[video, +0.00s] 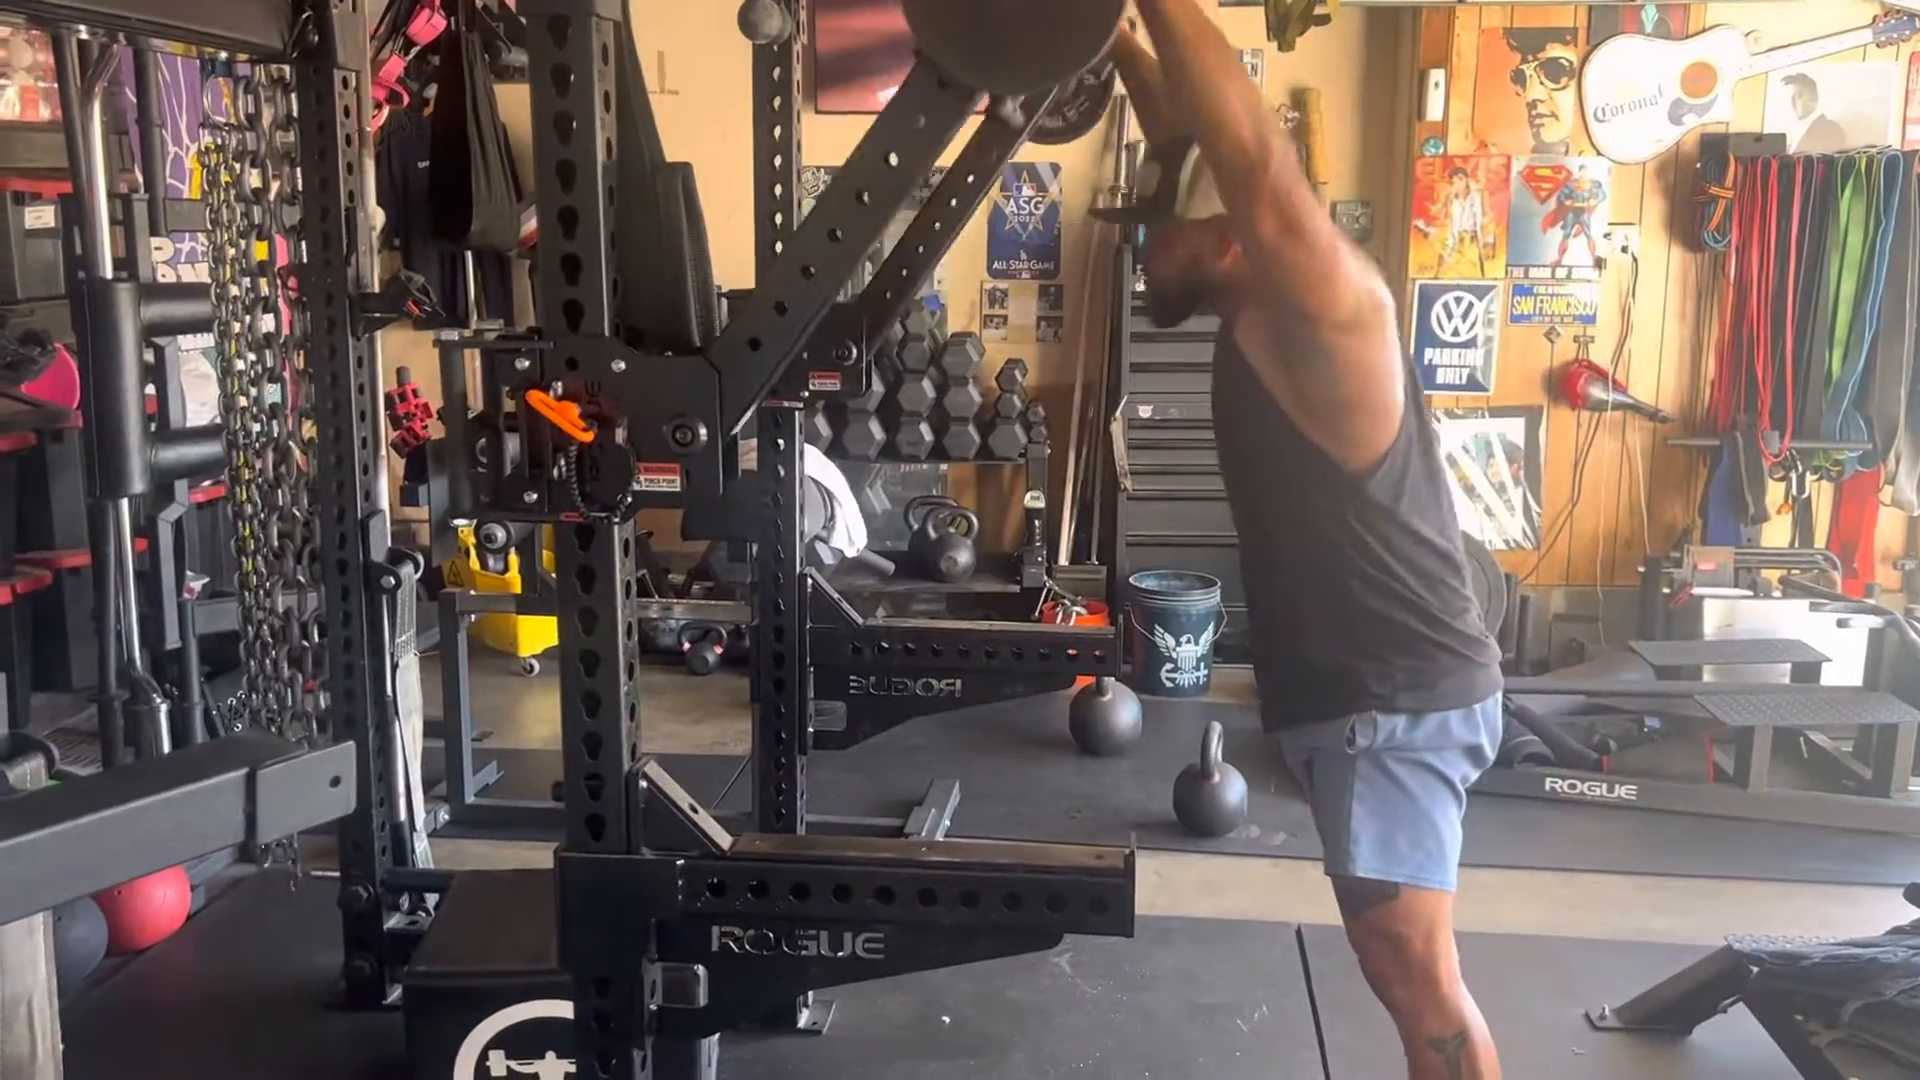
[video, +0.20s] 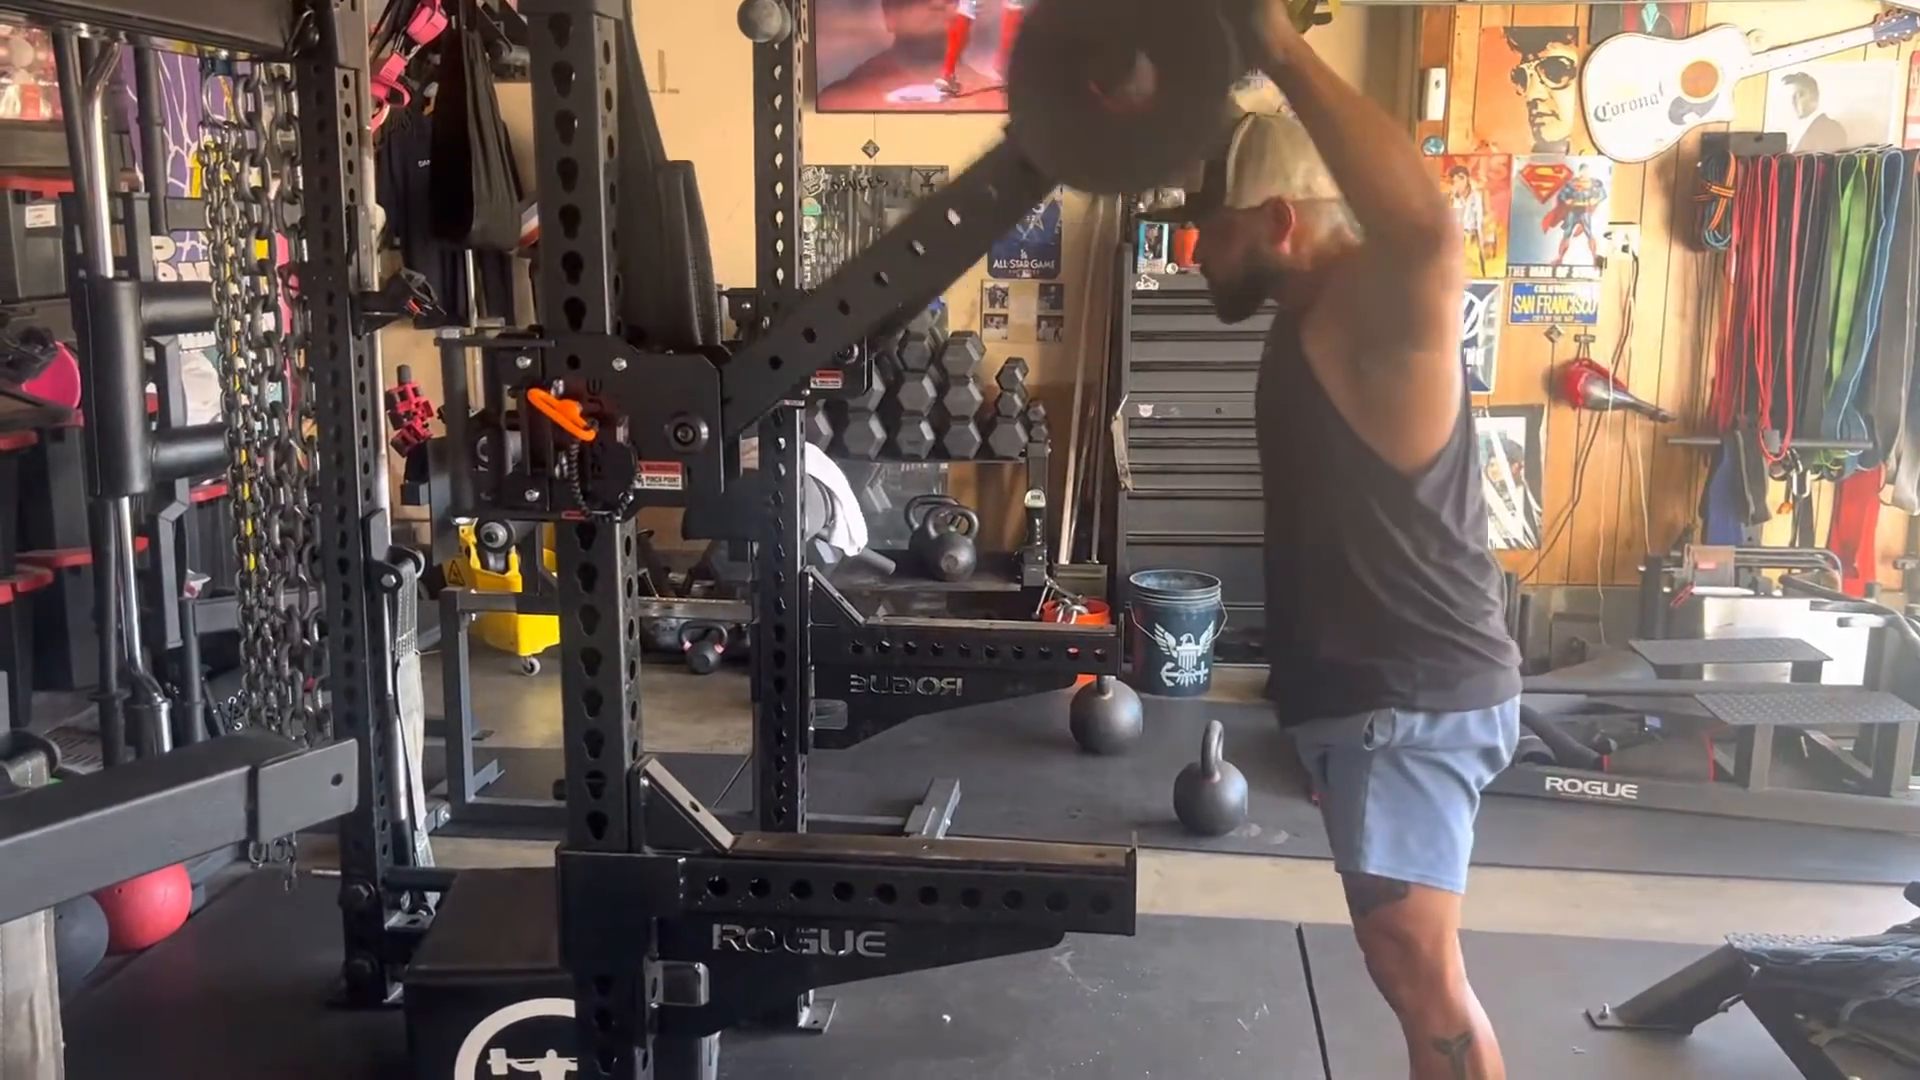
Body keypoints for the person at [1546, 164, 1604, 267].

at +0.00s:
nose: (1583, 177)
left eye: (1585, 175)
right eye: (1581, 175)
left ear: (1588, 175)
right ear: (1578, 175)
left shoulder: (1594, 184)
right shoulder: (1572, 184)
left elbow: (1603, 196)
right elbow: (1561, 195)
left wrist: (1594, 204)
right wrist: (1566, 202)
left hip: (1585, 209)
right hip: (1572, 209)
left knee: (1588, 234)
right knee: (1566, 234)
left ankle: (1594, 259)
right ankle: (1559, 259)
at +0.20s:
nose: (1585, 175)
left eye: (1586, 173)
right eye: (1582, 173)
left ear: (1589, 173)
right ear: (1579, 173)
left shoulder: (1595, 183)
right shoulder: (1572, 183)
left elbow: (1603, 195)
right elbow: (1561, 194)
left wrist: (1594, 203)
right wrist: (1566, 201)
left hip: (1586, 208)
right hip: (1573, 208)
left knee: (1589, 233)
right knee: (1567, 233)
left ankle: (1595, 258)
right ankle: (1560, 258)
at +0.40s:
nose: (1584, 174)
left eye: (1586, 171)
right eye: (1582, 172)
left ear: (1588, 172)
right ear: (1579, 172)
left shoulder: (1595, 183)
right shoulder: (1571, 183)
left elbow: (1603, 195)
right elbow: (1561, 194)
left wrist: (1594, 202)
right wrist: (1566, 201)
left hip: (1585, 208)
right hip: (1573, 208)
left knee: (1588, 233)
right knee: (1566, 233)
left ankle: (1594, 257)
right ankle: (1559, 257)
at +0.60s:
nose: (1583, 172)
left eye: (1585, 170)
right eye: (1581, 170)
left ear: (1587, 170)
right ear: (1578, 171)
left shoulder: (1594, 181)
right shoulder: (1572, 181)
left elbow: (1601, 194)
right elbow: (1568, 192)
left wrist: (1593, 202)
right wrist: (1569, 201)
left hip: (1584, 208)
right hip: (1572, 208)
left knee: (1587, 233)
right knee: (1565, 231)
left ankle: (1592, 257)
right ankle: (1562, 255)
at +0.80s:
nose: (1580, 172)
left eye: (1582, 169)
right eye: (1578, 170)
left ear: (1584, 170)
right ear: (1575, 170)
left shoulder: (1591, 181)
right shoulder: (1568, 181)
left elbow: (1599, 193)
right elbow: (1558, 193)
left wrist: (1591, 200)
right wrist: (1563, 199)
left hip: (1581, 207)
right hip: (1569, 207)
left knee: (1585, 231)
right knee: (1563, 231)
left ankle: (1590, 256)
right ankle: (1556, 256)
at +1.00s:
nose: (1578, 171)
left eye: (1579, 169)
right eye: (1576, 169)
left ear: (1582, 169)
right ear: (1573, 170)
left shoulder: (1589, 181)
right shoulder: (1566, 180)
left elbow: (1596, 192)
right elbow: (1555, 192)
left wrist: (1588, 199)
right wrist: (1561, 199)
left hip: (1579, 206)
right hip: (1567, 206)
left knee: (1582, 231)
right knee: (1560, 231)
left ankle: (1588, 255)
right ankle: (1553, 255)